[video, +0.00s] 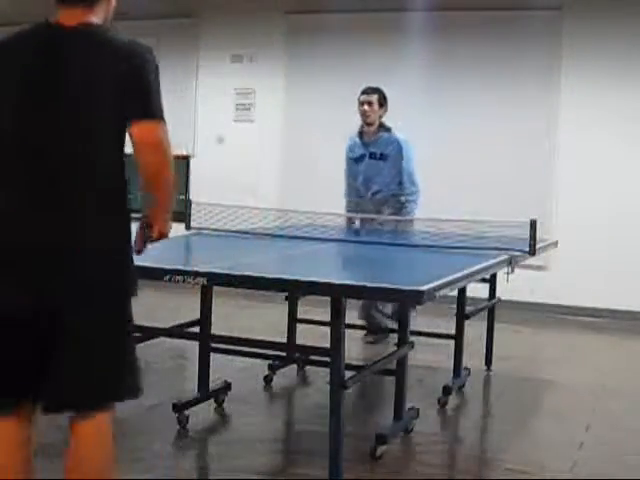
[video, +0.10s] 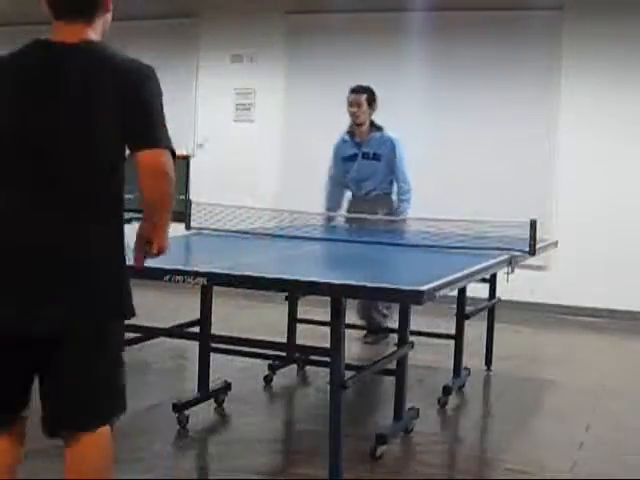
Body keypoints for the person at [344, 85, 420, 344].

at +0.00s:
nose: (365, 109)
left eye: (370, 104)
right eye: (362, 104)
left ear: (382, 109)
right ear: (358, 109)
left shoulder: (396, 144)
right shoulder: (353, 146)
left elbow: (410, 186)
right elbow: (350, 188)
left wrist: (405, 220)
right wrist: (350, 220)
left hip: (392, 216)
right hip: (363, 217)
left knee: (389, 267)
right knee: (363, 268)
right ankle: (375, 322)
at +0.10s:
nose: (355, 110)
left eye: (360, 105)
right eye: (351, 105)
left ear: (372, 108)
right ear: (347, 108)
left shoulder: (388, 144)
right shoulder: (342, 146)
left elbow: (403, 182)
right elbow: (336, 183)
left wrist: (401, 213)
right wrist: (330, 215)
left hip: (383, 203)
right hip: (357, 203)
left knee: (382, 259)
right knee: (359, 260)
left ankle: (379, 320)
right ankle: (373, 320)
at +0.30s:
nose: (324, 109)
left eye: (328, 103)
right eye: (319, 105)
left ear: (341, 101)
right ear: (316, 106)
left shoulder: (365, 136)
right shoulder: (316, 140)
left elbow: (385, 177)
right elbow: (306, 179)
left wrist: (385, 213)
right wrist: (291, 213)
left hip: (358, 200)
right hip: (329, 200)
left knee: (363, 259)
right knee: (317, 256)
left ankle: (375, 324)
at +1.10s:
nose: (203, 97)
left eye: (208, 91)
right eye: (199, 92)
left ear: (224, 91)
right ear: (197, 94)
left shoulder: (246, 131)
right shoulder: (195, 129)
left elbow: (261, 169)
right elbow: (181, 170)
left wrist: (257, 205)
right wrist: (167, 212)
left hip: (237, 196)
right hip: (208, 195)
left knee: (224, 261)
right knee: (208, 262)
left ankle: (189, 324)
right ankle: (243, 319)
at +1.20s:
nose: (186, 106)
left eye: (191, 99)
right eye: (183, 100)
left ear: (208, 99)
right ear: (181, 102)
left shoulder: (230, 138)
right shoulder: (179, 136)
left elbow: (249, 179)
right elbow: (162, 174)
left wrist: (243, 223)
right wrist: (140, 209)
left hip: (221, 206)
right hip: (193, 205)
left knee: (194, 271)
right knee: (208, 271)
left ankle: (159, 332)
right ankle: (243, 319)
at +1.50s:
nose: (132, 151)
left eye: (136, 144)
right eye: (129, 145)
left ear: (157, 138)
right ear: (127, 142)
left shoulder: (192, 161)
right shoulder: (130, 165)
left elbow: (212, 202)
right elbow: (106, 197)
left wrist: (200, 238)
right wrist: (68, 219)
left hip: (192, 231)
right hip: (162, 230)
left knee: (165, 280)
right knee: (180, 281)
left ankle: (149, 341)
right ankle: (223, 307)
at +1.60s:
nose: (126, 160)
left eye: (130, 153)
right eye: (122, 154)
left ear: (149, 145)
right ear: (119, 150)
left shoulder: (185, 161)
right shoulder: (121, 172)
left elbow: (205, 197)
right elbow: (98, 204)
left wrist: (194, 229)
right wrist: (70, 234)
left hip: (187, 228)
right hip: (159, 227)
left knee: (166, 277)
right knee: (184, 278)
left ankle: (150, 341)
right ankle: (220, 308)